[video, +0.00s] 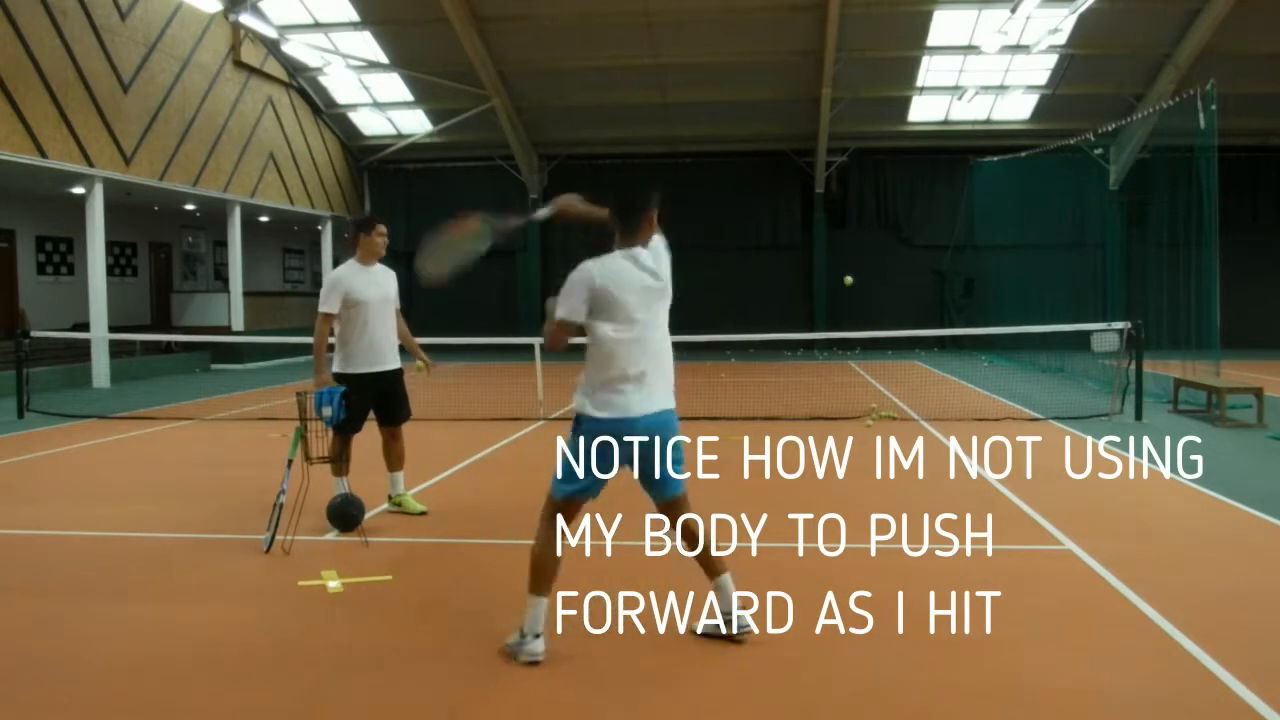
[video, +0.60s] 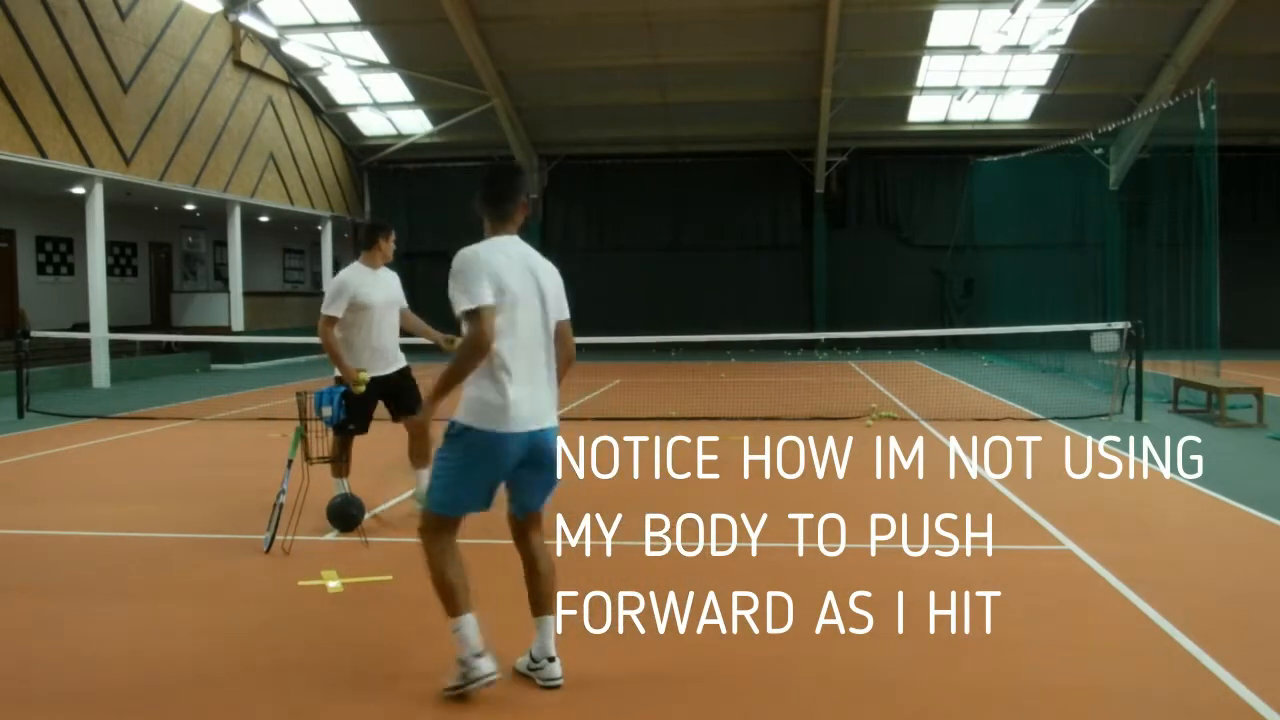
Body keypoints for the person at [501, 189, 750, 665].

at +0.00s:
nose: (657, 220)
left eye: (651, 212)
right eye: (657, 213)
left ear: (614, 219)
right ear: (652, 218)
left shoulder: (588, 274)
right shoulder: (658, 259)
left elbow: (555, 338)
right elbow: (628, 221)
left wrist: (593, 323)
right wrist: (586, 209)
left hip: (599, 425)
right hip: (657, 419)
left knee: (555, 519)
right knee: (681, 513)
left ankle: (532, 633)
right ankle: (732, 611)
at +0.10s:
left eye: (593, 231)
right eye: (627, 232)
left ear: (586, 234)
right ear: (627, 234)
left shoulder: (585, 292)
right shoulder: (633, 272)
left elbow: (576, 372)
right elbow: (587, 259)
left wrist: (538, 347)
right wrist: (547, 252)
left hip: (611, 434)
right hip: (657, 423)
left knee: (544, 530)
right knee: (673, 519)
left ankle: (538, 653)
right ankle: (734, 615)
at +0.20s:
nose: (587, 234)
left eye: (555, 226)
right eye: (591, 226)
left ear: (548, 228)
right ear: (592, 229)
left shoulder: (562, 288)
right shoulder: (600, 272)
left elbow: (577, 367)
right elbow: (579, 311)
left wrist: (512, 398)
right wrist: (535, 302)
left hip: (587, 438)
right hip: (630, 430)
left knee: (528, 537)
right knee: (664, 520)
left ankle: (549, 662)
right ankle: (729, 611)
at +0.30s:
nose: (570, 222)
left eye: (563, 214)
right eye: (568, 214)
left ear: (525, 218)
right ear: (562, 218)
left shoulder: (532, 275)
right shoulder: (575, 270)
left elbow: (561, 353)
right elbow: (530, 345)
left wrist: (520, 424)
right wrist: (495, 324)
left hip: (558, 432)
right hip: (605, 425)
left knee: (509, 539)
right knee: (637, 523)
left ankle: (547, 661)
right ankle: (700, 615)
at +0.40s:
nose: (541, 205)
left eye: (520, 199)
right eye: (544, 198)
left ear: (506, 202)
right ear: (547, 203)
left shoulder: (509, 254)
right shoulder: (561, 255)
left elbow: (540, 323)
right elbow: (555, 337)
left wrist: (521, 406)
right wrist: (491, 351)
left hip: (536, 418)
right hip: (581, 411)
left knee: (506, 536)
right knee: (593, 516)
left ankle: (546, 660)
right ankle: (636, 631)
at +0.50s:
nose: (538, 197)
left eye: (517, 190)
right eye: (539, 190)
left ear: (493, 193)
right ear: (537, 195)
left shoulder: (489, 244)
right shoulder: (558, 252)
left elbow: (515, 311)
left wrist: (486, 385)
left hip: (514, 409)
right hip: (563, 406)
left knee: (481, 526)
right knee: (552, 516)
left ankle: (526, 648)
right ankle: (565, 642)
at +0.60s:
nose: (524, 211)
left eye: (507, 205)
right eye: (525, 204)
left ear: (480, 208)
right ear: (524, 209)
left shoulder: (472, 260)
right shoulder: (546, 268)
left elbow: (480, 339)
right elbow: (565, 351)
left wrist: (433, 399)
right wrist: (540, 400)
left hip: (487, 426)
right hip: (542, 426)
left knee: (437, 528)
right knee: (530, 527)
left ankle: (472, 656)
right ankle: (546, 654)